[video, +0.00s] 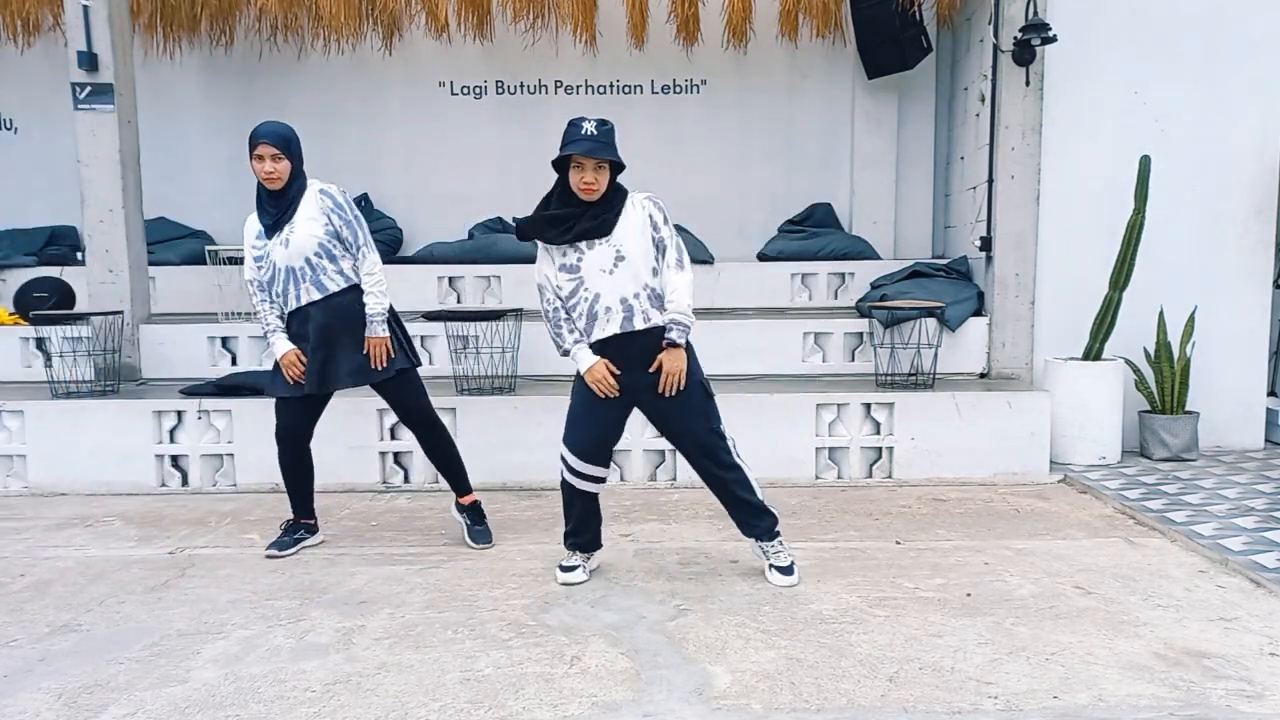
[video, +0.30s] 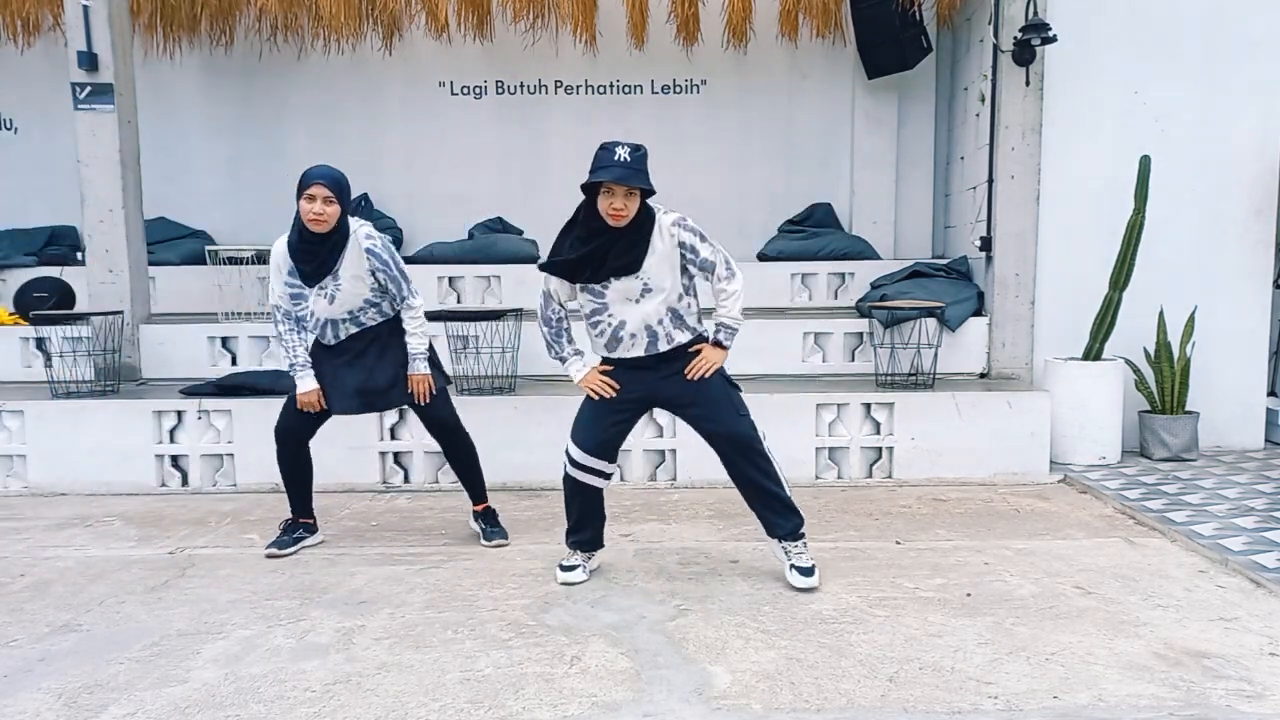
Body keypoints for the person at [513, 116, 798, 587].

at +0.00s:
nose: (588, 177)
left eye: (598, 167)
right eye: (579, 167)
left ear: (613, 169)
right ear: (565, 169)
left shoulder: (644, 209)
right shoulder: (552, 231)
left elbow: (677, 274)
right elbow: (553, 306)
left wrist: (676, 341)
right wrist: (583, 358)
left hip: (659, 349)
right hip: (596, 358)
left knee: (709, 447)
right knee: (579, 458)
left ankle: (767, 538)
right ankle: (580, 548)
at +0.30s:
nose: (617, 204)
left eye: (628, 194)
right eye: (608, 193)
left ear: (643, 194)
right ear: (593, 192)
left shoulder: (671, 230)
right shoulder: (573, 248)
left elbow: (727, 274)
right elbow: (552, 317)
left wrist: (721, 339)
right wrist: (579, 367)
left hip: (685, 362)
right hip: (616, 371)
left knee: (741, 440)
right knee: (582, 457)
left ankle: (790, 538)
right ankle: (582, 547)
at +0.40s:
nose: (654, 242)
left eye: (664, 233)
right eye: (644, 231)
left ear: (677, 235)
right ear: (628, 232)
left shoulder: (697, 269)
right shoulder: (606, 275)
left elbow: (754, 313)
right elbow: (569, 332)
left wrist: (733, 369)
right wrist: (594, 381)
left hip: (697, 383)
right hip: (630, 388)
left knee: (752, 454)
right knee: (585, 464)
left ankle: (791, 551)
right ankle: (583, 549)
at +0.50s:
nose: (703, 258)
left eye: (713, 248)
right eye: (693, 247)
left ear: (725, 250)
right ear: (677, 248)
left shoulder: (739, 293)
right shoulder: (643, 288)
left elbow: (787, 336)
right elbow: (596, 334)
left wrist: (755, 380)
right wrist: (613, 388)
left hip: (718, 396)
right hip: (649, 398)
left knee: (766, 462)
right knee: (595, 467)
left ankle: (792, 554)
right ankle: (582, 550)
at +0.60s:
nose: (742, 228)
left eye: (752, 218)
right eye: (732, 217)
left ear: (766, 222)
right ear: (716, 219)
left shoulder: (776, 273)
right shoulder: (679, 260)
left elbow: (809, 329)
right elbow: (628, 310)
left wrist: (769, 374)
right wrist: (628, 369)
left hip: (734, 387)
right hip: (663, 382)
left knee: (775, 457)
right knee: (607, 453)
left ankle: (792, 552)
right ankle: (579, 547)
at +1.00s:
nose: (773, 169)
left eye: (783, 160)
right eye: (763, 159)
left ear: (797, 164)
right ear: (748, 161)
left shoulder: (810, 228)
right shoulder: (716, 206)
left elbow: (822, 305)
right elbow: (673, 274)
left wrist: (799, 357)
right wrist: (662, 338)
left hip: (765, 360)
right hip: (699, 350)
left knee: (781, 459)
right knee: (650, 450)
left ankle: (792, 552)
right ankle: (605, 540)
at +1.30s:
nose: (767, 238)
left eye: (776, 227)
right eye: (756, 228)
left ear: (790, 229)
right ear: (739, 230)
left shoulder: (806, 277)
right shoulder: (710, 268)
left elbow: (820, 327)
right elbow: (645, 308)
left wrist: (782, 372)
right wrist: (650, 368)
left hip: (748, 385)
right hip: (680, 377)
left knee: (784, 455)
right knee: (628, 451)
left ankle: (792, 552)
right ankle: (588, 554)